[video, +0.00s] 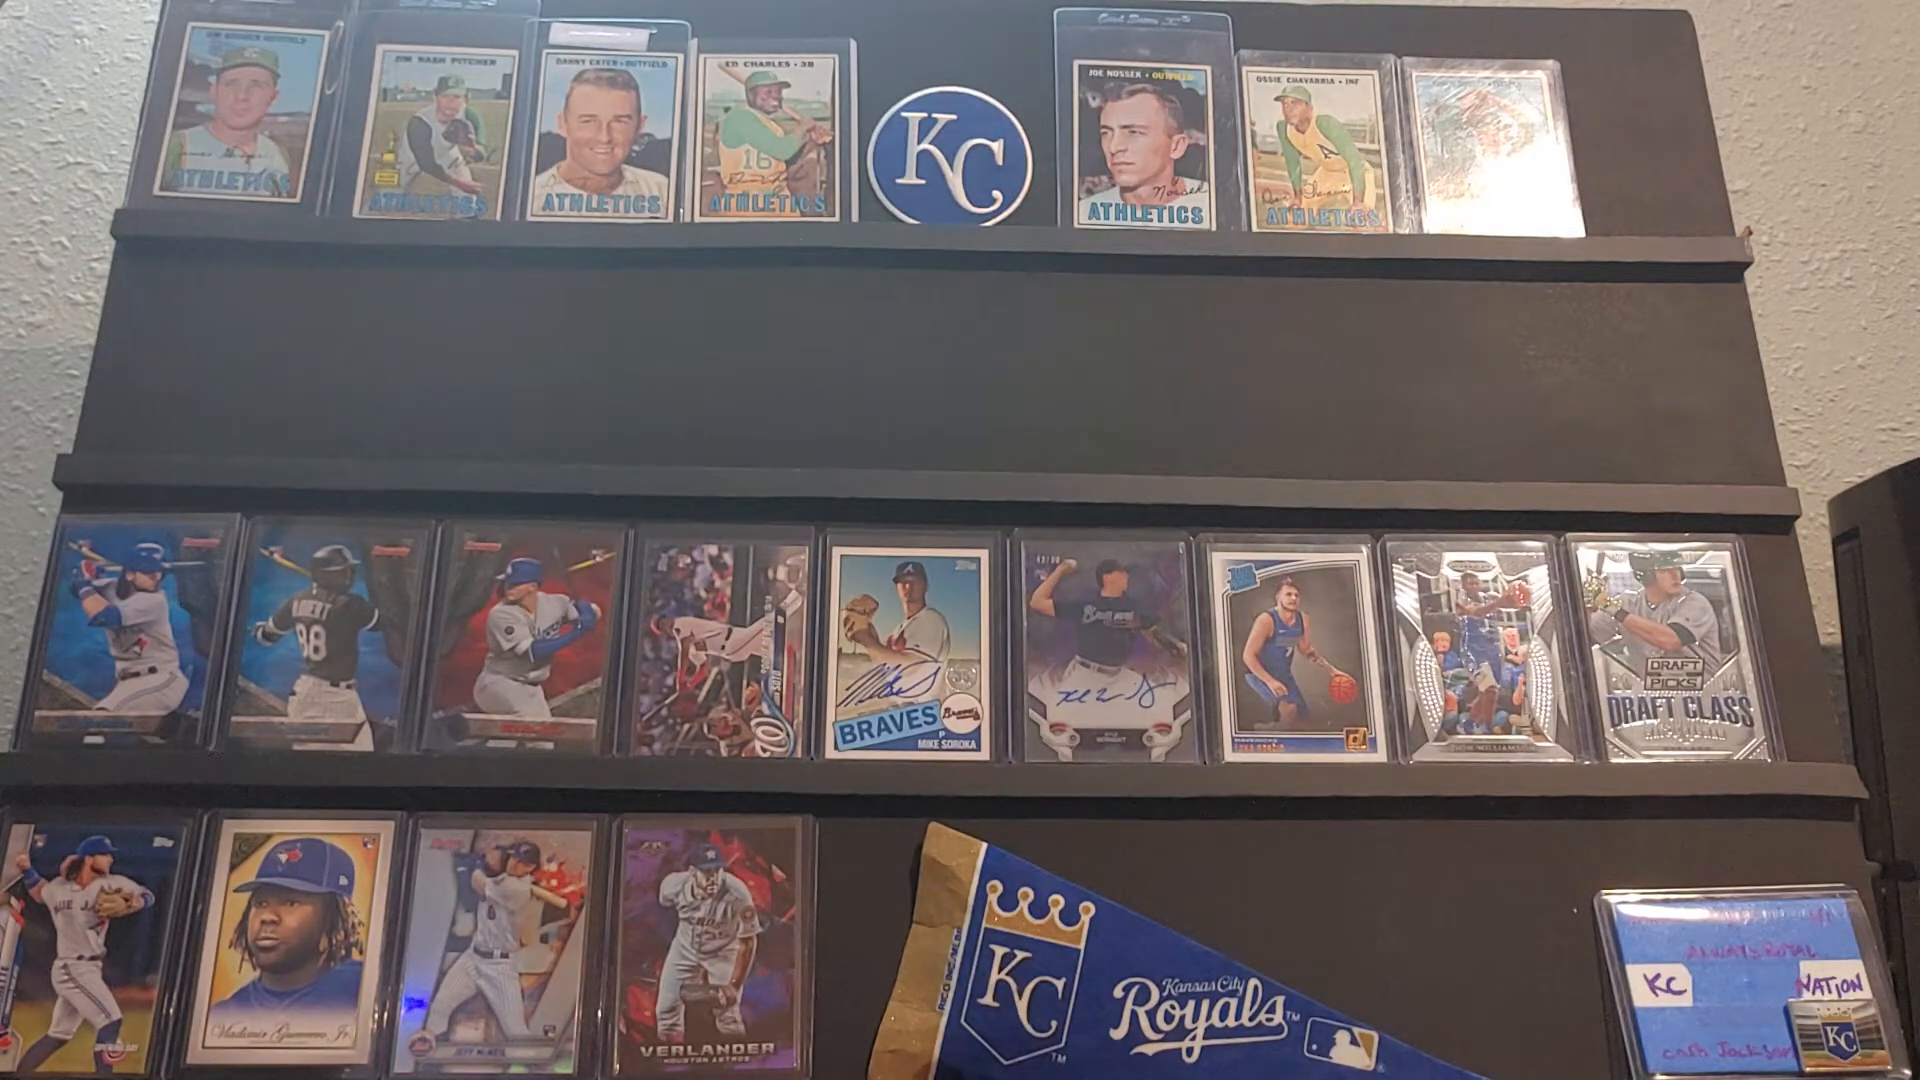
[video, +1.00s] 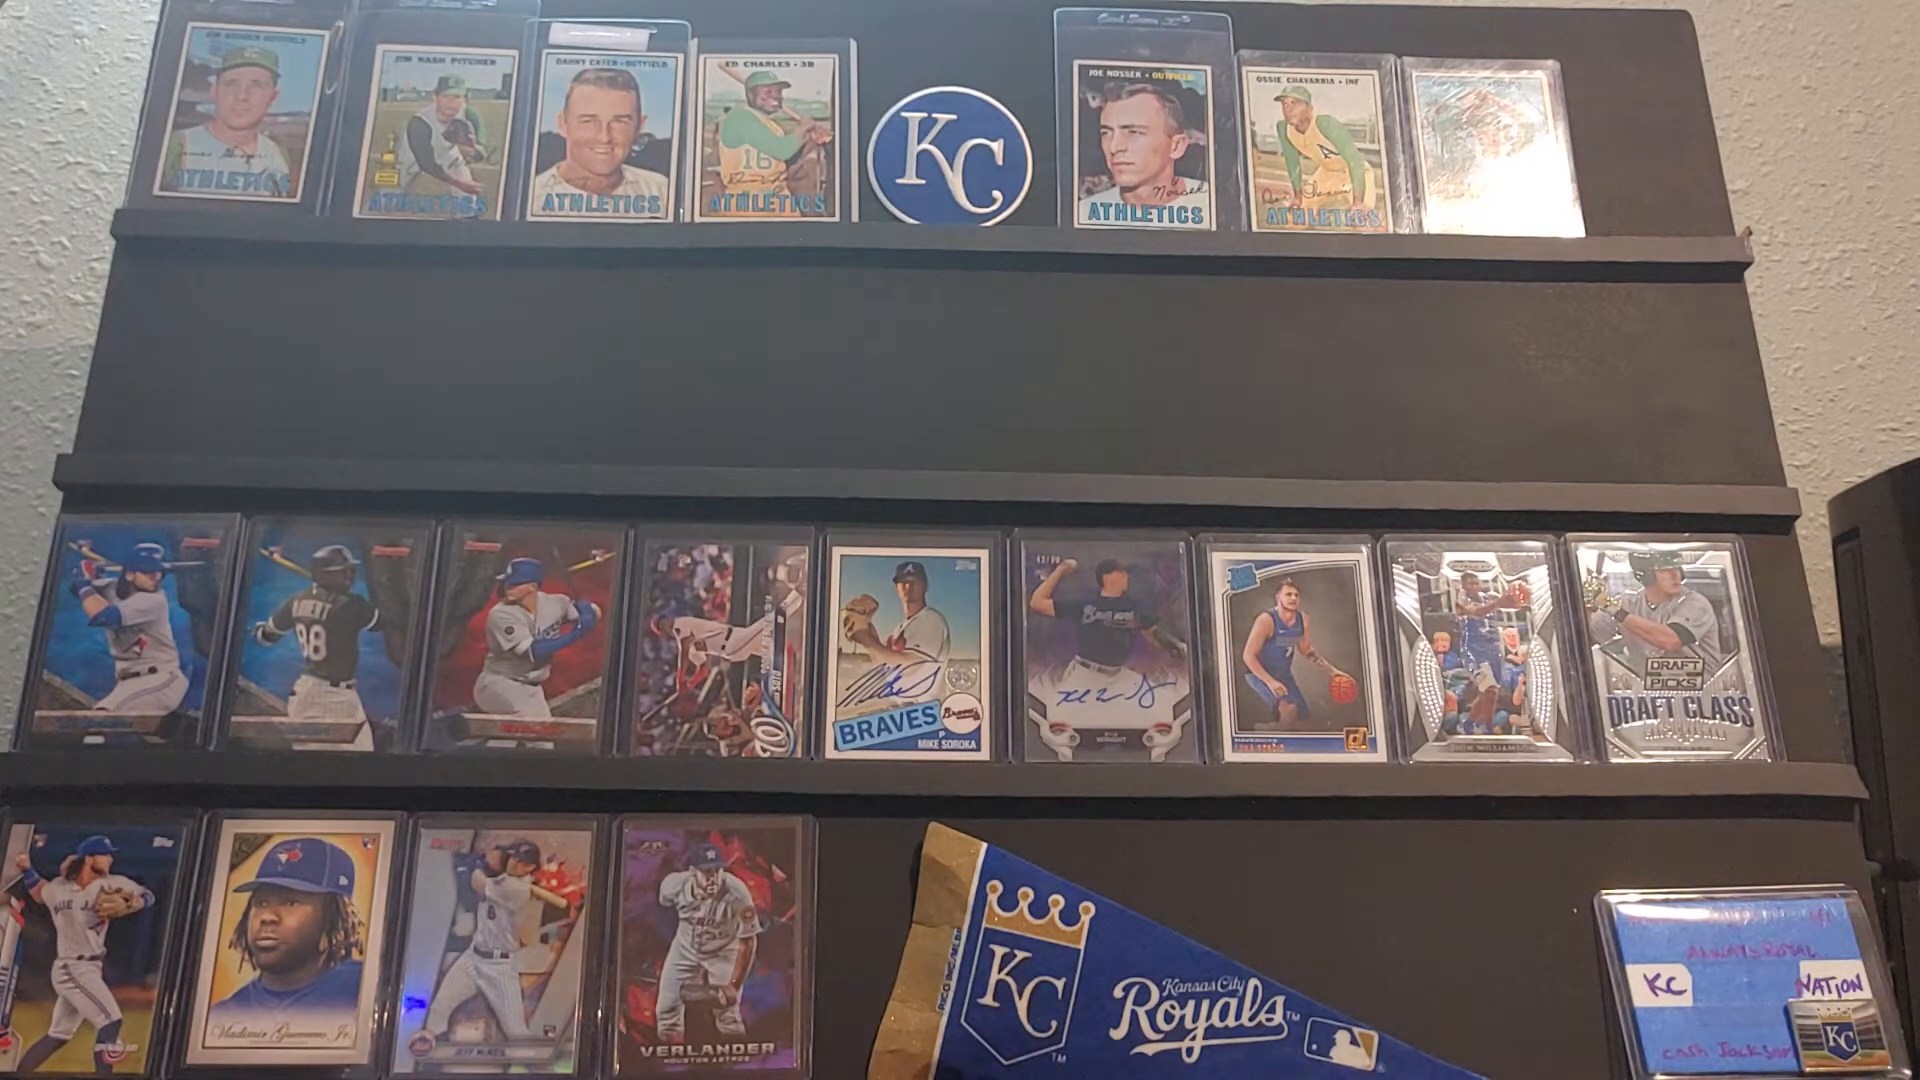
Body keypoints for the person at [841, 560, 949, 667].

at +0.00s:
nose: (907, 587)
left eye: (913, 582)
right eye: (902, 582)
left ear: (925, 586)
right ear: (896, 587)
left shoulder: (931, 619)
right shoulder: (901, 627)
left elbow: (910, 660)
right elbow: (881, 660)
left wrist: (865, 639)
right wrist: (864, 623)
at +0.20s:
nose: (907, 587)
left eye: (913, 582)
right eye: (902, 582)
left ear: (925, 586)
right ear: (896, 588)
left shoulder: (930, 619)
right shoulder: (902, 627)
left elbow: (911, 662)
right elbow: (882, 660)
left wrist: (866, 639)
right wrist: (865, 625)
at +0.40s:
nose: (907, 587)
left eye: (913, 582)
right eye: (902, 582)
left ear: (924, 586)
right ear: (896, 588)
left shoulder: (930, 619)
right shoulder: (902, 627)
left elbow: (911, 662)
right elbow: (882, 660)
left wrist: (866, 639)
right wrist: (865, 625)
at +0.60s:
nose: (907, 587)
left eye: (913, 581)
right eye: (902, 582)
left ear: (924, 586)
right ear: (896, 588)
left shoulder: (931, 619)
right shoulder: (901, 627)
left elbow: (910, 661)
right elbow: (881, 661)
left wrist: (865, 639)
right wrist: (865, 624)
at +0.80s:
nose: (907, 587)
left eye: (913, 582)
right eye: (902, 582)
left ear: (924, 586)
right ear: (896, 587)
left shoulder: (930, 619)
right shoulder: (901, 627)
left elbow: (911, 662)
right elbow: (882, 661)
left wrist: (866, 639)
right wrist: (865, 625)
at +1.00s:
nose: (907, 587)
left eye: (913, 582)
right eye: (902, 582)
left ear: (924, 586)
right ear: (896, 587)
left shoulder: (930, 619)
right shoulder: (901, 627)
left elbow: (911, 662)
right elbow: (882, 661)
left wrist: (866, 639)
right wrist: (865, 625)